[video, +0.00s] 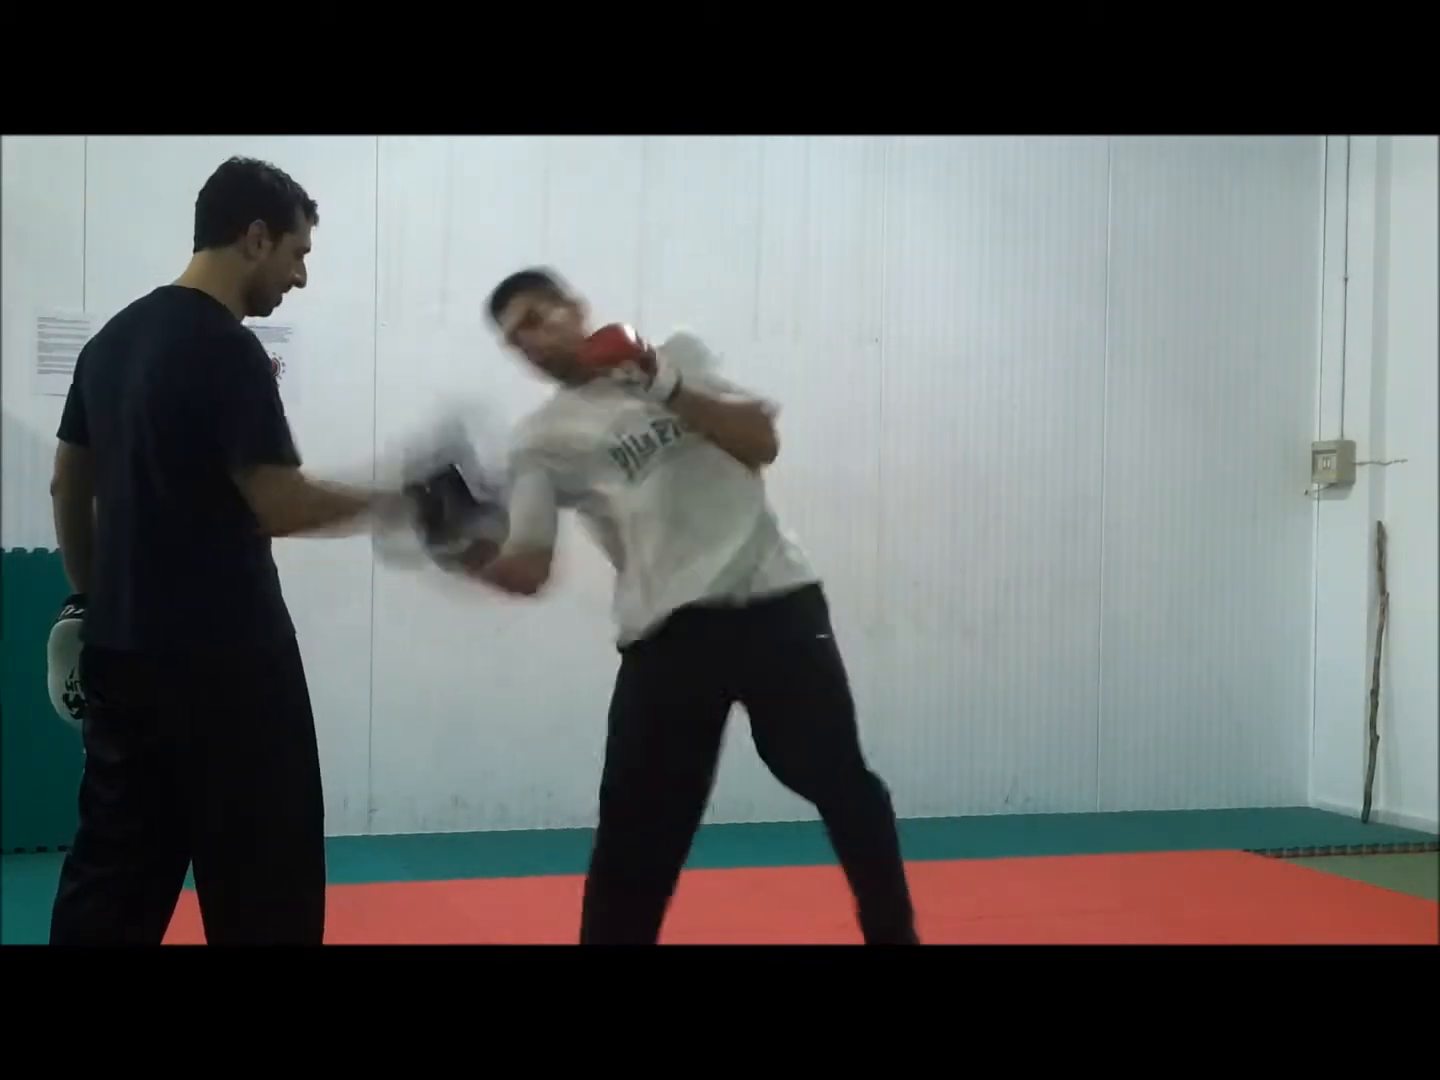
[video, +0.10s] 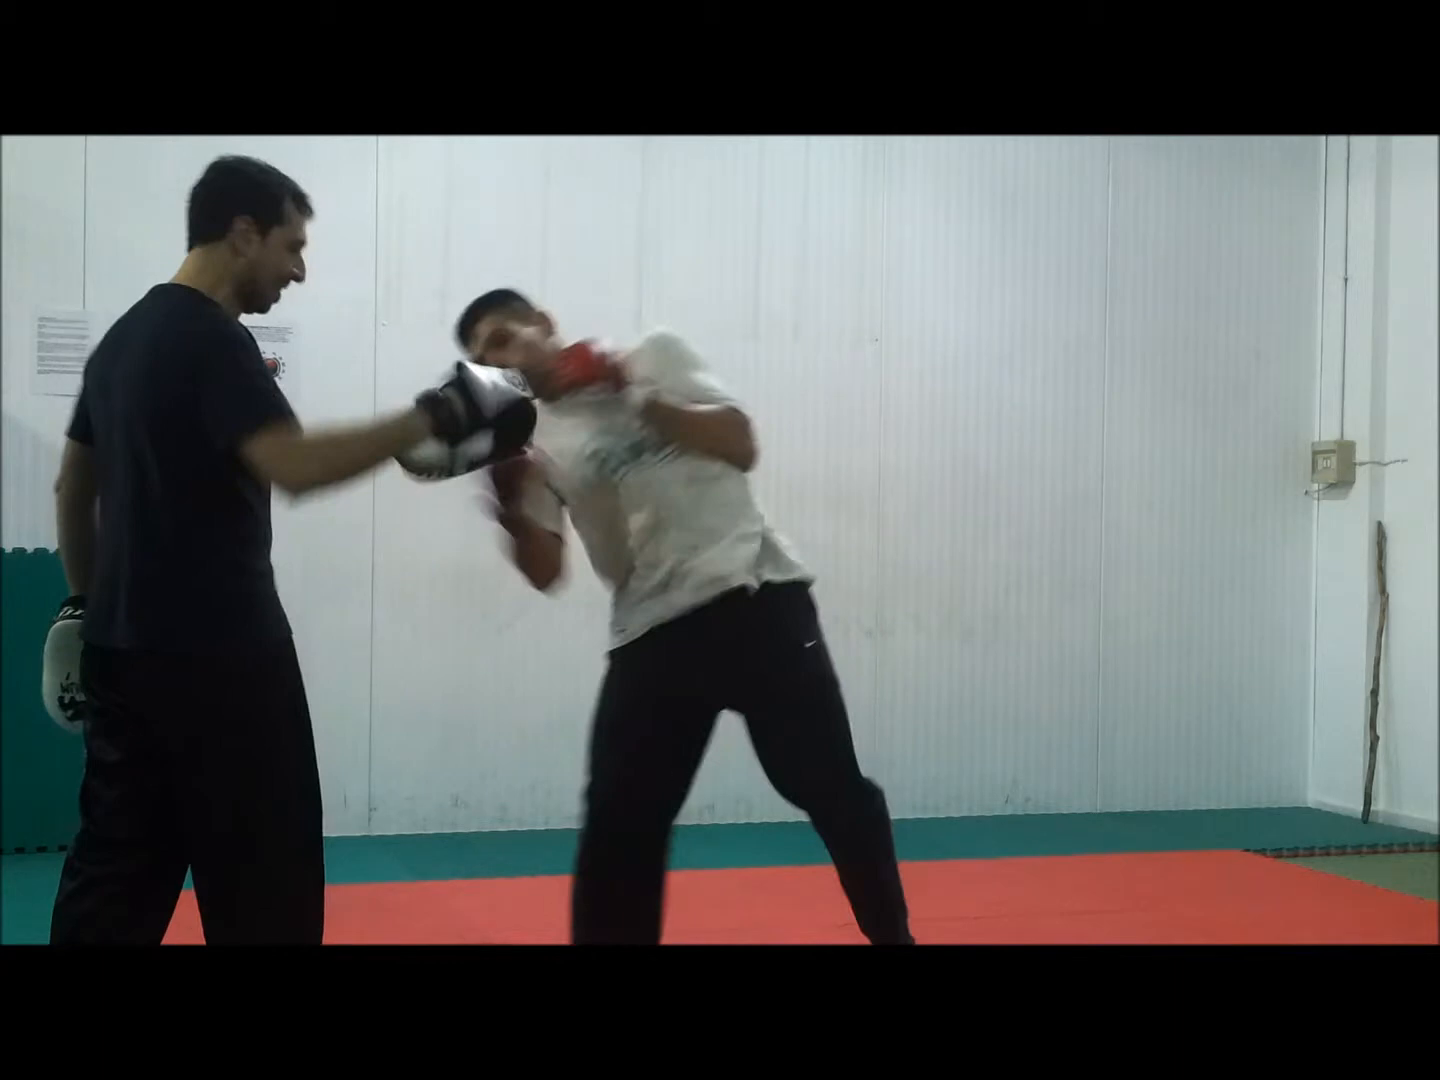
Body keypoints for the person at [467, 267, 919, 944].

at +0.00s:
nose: (536, 335)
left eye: (539, 315)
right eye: (519, 335)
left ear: (575, 305)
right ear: (520, 356)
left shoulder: (675, 361)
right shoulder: (544, 438)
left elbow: (761, 442)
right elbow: (528, 571)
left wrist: (663, 388)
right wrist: (464, 539)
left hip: (777, 606)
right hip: (669, 632)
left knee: (842, 784)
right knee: (635, 840)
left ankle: (893, 935)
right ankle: (613, 941)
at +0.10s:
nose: (503, 357)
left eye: (504, 336)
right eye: (489, 357)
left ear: (543, 321)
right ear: (493, 374)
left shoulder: (652, 357)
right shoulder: (533, 444)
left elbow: (741, 445)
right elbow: (544, 572)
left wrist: (637, 396)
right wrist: (510, 493)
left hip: (759, 598)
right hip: (656, 630)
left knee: (829, 787)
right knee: (618, 829)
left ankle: (892, 936)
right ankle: (611, 946)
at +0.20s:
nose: (484, 365)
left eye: (485, 347)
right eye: (469, 368)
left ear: (523, 338)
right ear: (474, 393)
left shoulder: (623, 372)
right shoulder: (526, 473)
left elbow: (701, 479)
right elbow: (590, 590)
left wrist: (583, 430)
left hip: (746, 625)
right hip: (644, 644)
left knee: (823, 819)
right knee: (588, 838)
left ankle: (878, 937)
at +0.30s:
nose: (495, 410)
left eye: (498, 387)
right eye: (479, 404)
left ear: (520, 352)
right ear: (474, 410)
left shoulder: (611, 389)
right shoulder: (528, 470)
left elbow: (682, 507)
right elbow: (604, 563)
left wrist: (567, 458)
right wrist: (572, 656)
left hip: (740, 641)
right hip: (639, 659)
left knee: (813, 841)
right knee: (584, 844)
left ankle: (868, 939)